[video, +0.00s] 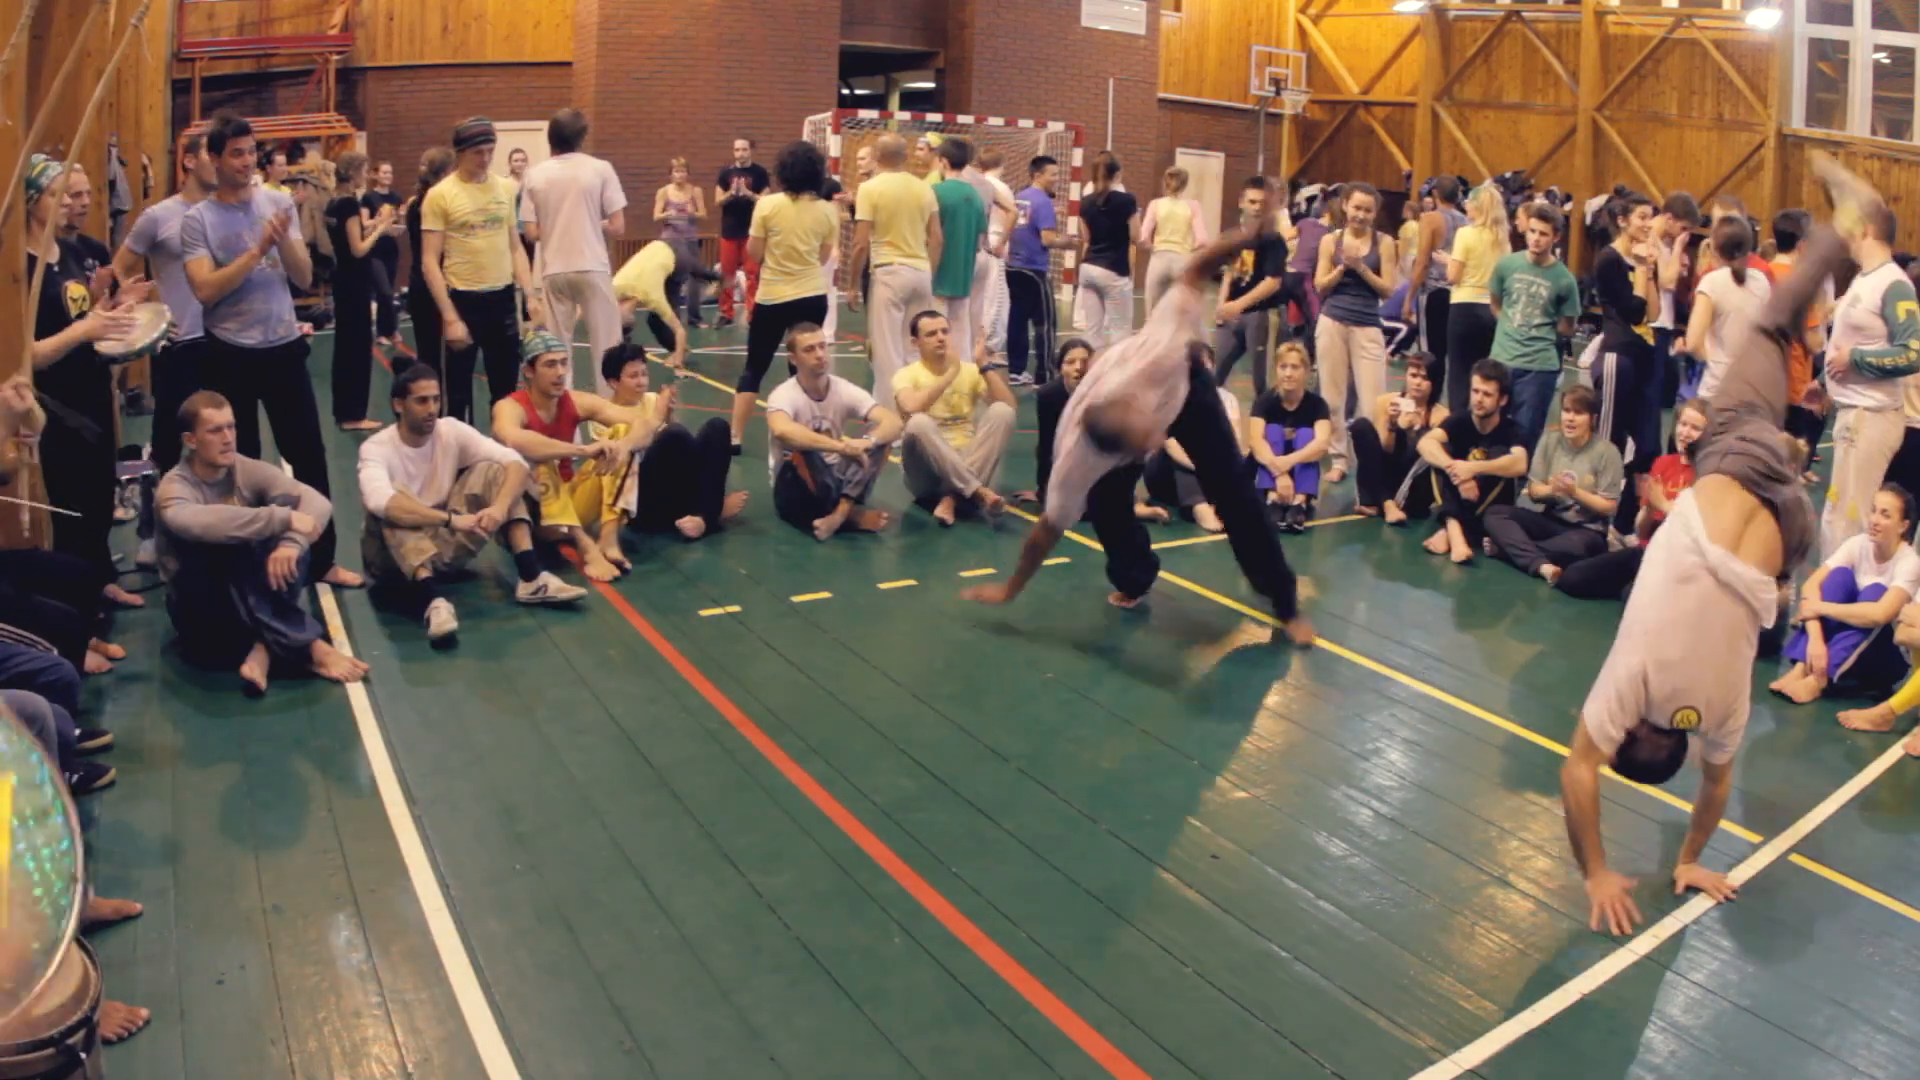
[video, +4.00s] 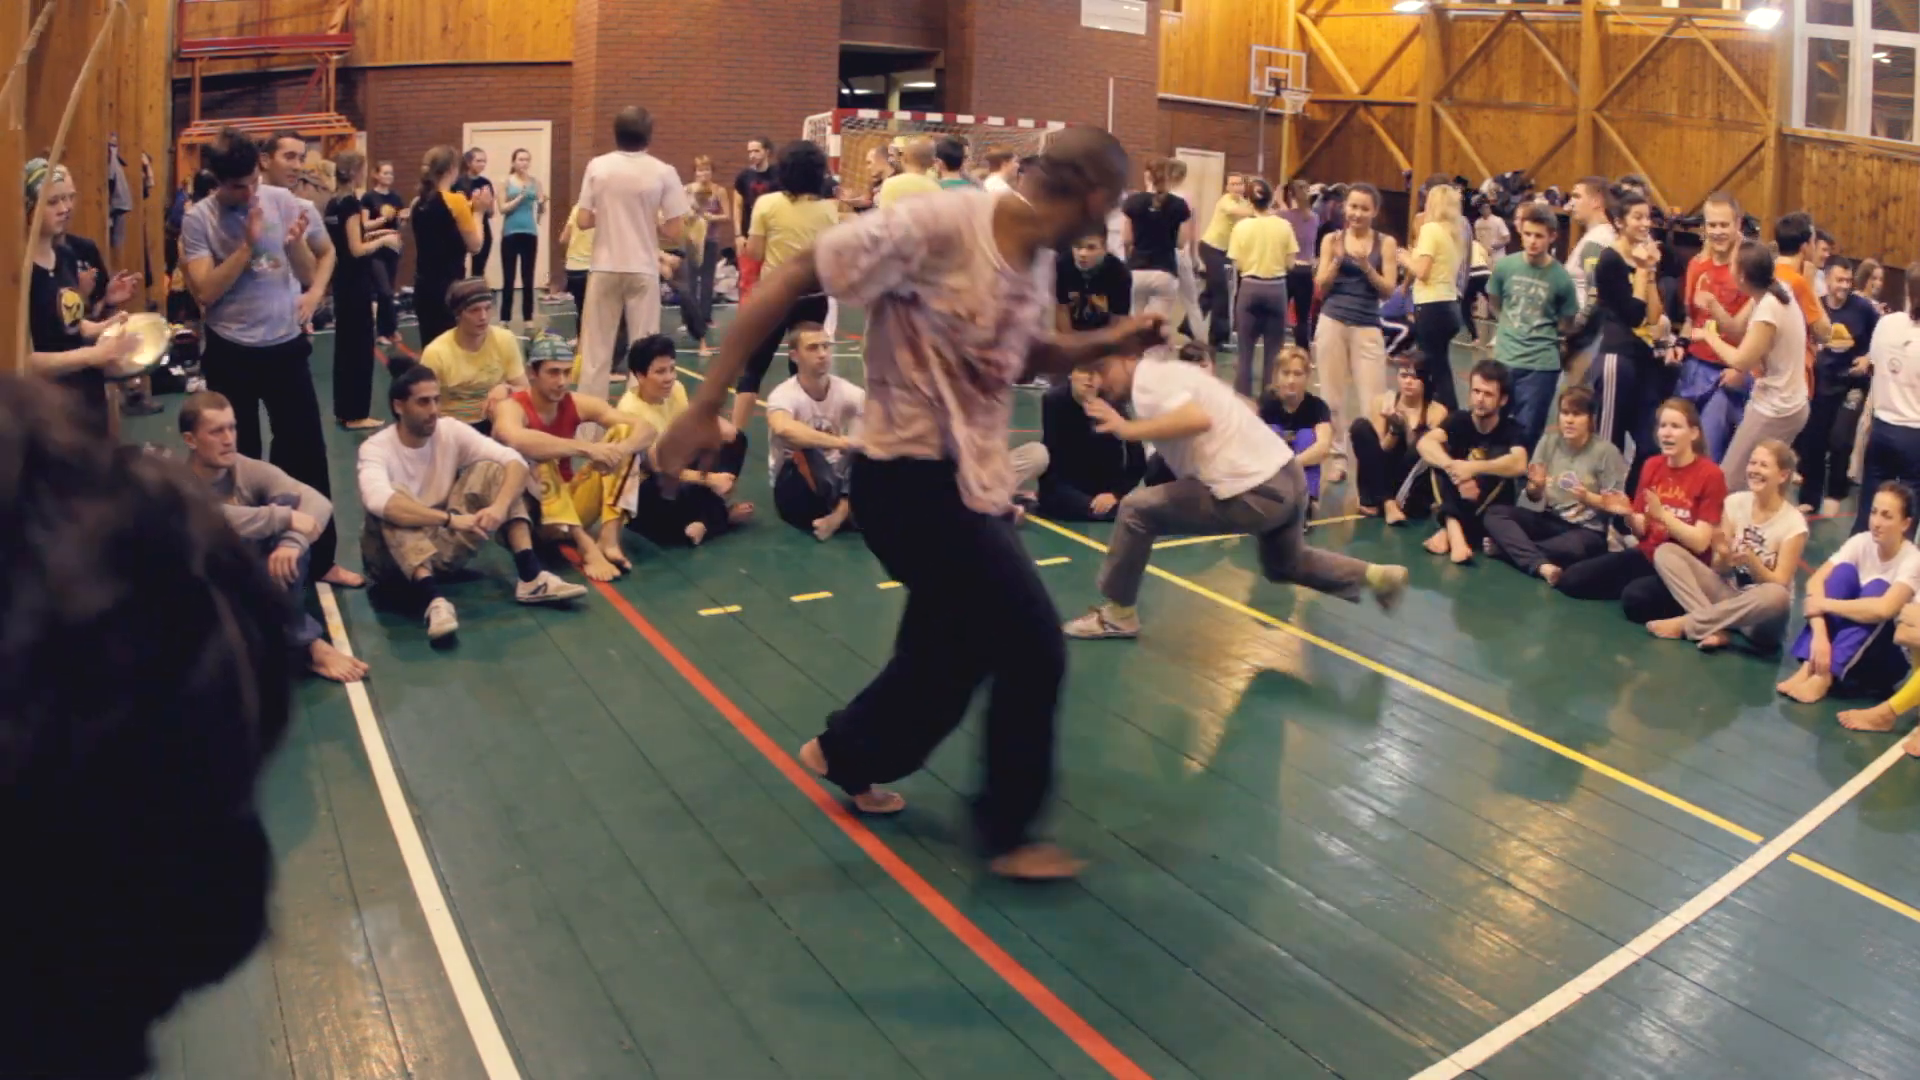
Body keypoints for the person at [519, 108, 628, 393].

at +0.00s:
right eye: (584, 134)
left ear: (551, 138)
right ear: (583, 138)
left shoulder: (535, 174)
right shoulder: (601, 169)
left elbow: (531, 232)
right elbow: (617, 227)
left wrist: (558, 230)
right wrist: (590, 225)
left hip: (554, 267)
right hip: (591, 264)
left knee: (558, 343)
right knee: (606, 340)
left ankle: (559, 409)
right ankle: (607, 406)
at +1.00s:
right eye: (629, 130)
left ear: (595, 134)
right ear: (629, 134)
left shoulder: (578, 172)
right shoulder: (647, 171)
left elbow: (572, 229)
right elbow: (661, 228)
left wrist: (598, 226)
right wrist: (631, 227)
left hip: (596, 271)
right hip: (636, 270)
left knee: (585, 354)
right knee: (636, 353)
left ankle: (579, 434)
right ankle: (632, 429)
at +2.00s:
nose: (622, 133)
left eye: (619, 129)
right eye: (620, 130)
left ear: (585, 135)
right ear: (616, 134)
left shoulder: (568, 170)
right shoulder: (633, 169)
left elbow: (561, 223)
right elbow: (648, 226)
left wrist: (587, 224)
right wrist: (622, 216)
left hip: (582, 269)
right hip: (620, 268)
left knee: (580, 349)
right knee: (626, 351)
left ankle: (576, 427)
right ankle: (627, 426)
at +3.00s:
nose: (625, 135)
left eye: (623, 130)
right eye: (623, 130)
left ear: (589, 136)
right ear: (617, 134)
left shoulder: (572, 170)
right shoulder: (634, 167)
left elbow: (562, 226)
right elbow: (647, 222)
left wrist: (586, 228)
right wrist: (665, 239)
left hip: (586, 268)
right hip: (625, 267)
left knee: (580, 348)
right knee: (631, 348)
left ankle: (573, 424)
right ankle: (633, 425)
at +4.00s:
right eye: (648, 131)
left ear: (615, 134)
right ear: (649, 135)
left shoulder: (597, 168)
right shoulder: (664, 172)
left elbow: (583, 220)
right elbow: (674, 231)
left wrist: (611, 213)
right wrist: (650, 222)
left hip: (603, 269)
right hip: (643, 269)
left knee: (596, 349)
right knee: (645, 349)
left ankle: (589, 422)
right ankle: (643, 422)